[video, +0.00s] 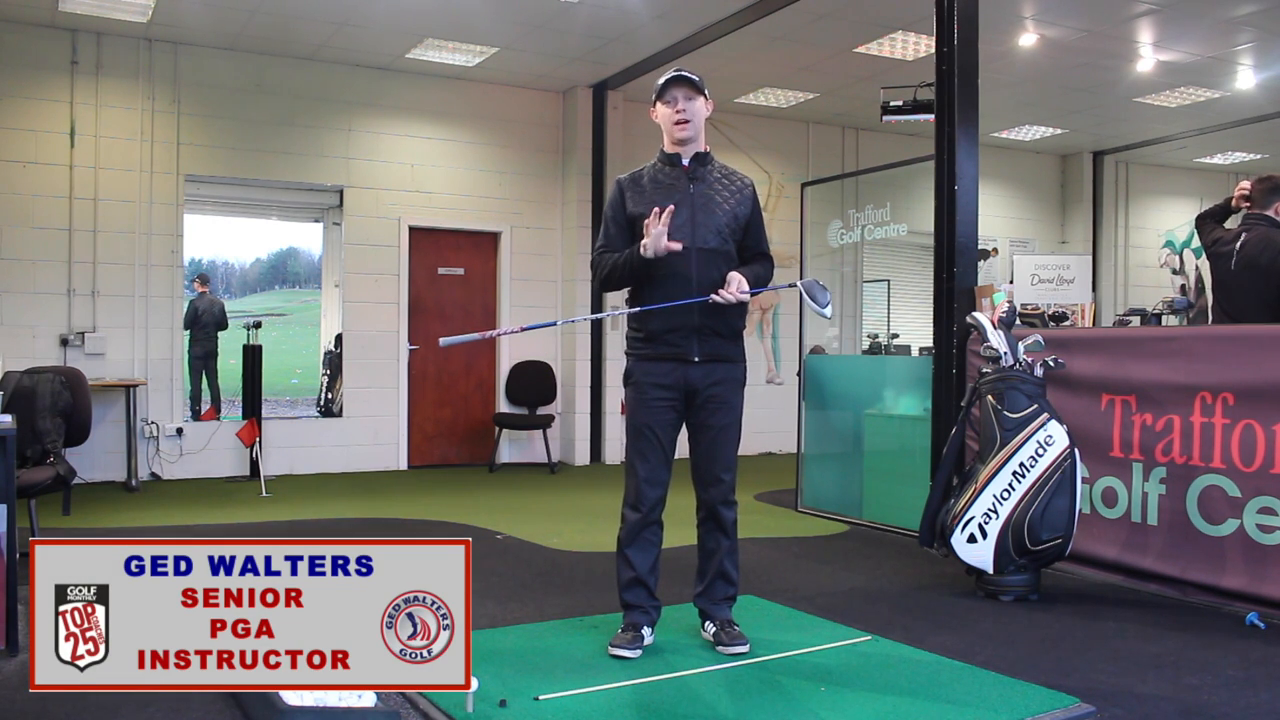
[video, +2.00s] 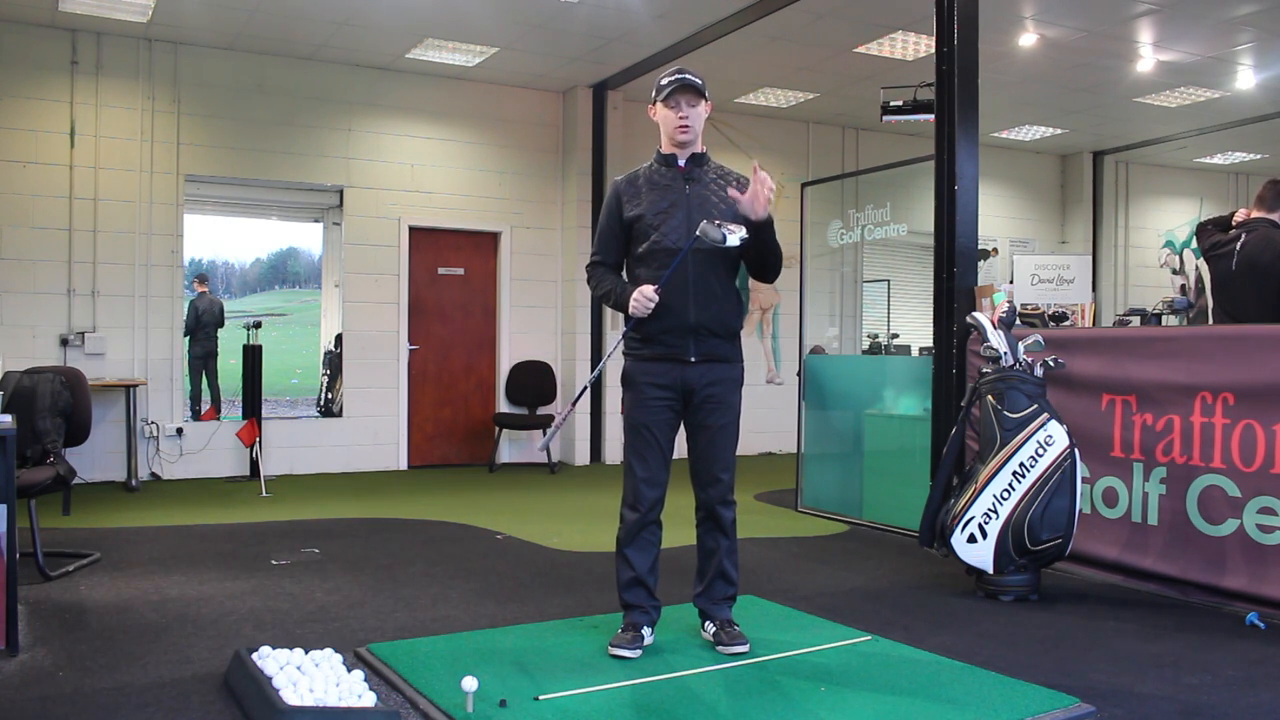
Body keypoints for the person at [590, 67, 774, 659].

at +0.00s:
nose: (681, 108)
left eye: (690, 98)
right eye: (670, 100)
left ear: (709, 110)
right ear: (655, 115)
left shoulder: (738, 188)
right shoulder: (629, 189)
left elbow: (761, 265)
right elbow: (603, 273)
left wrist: (745, 281)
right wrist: (643, 253)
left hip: (721, 361)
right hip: (652, 359)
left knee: (718, 493)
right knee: (644, 494)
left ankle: (718, 612)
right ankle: (638, 616)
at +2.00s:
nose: (683, 112)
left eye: (692, 103)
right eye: (672, 103)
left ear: (707, 112)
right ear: (655, 113)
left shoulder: (734, 188)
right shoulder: (628, 189)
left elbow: (767, 272)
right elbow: (600, 269)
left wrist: (759, 222)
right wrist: (625, 293)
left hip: (718, 364)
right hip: (651, 363)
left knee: (717, 494)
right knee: (643, 496)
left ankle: (719, 613)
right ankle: (638, 616)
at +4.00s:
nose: (673, 118)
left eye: (682, 107)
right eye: (663, 109)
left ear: (702, 111)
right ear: (649, 117)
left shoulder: (735, 184)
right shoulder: (626, 188)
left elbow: (765, 261)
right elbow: (597, 270)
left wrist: (729, 275)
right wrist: (642, 283)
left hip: (718, 361)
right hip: (650, 361)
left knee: (717, 494)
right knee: (642, 494)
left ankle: (718, 612)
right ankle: (638, 616)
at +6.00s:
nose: (670, 115)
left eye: (680, 103)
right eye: (660, 107)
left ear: (702, 108)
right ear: (650, 117)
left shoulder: (736, 187)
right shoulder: (626, 187)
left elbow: (760, 262)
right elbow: (588, 265)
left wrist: (747, 273)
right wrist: (636, 260)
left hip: (717, 364)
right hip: (648, 363)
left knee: (716, 495)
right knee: (641, 496)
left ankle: (717, 611)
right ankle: (637, 616)